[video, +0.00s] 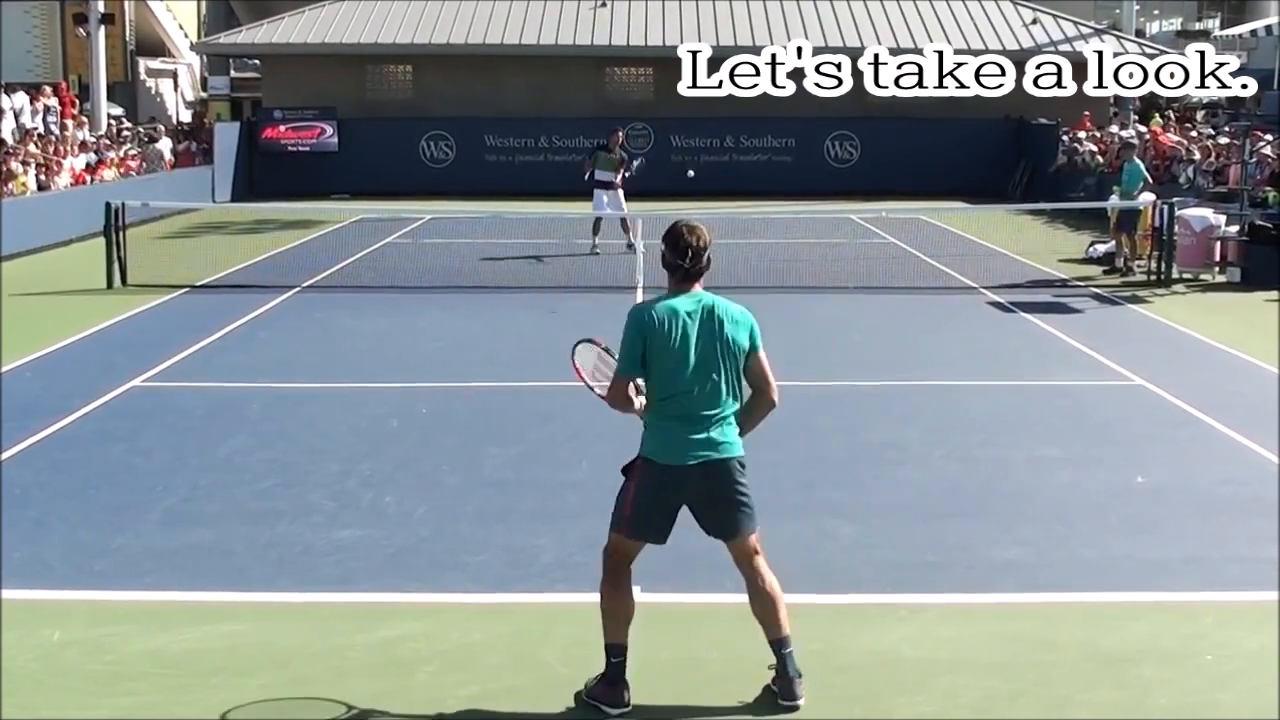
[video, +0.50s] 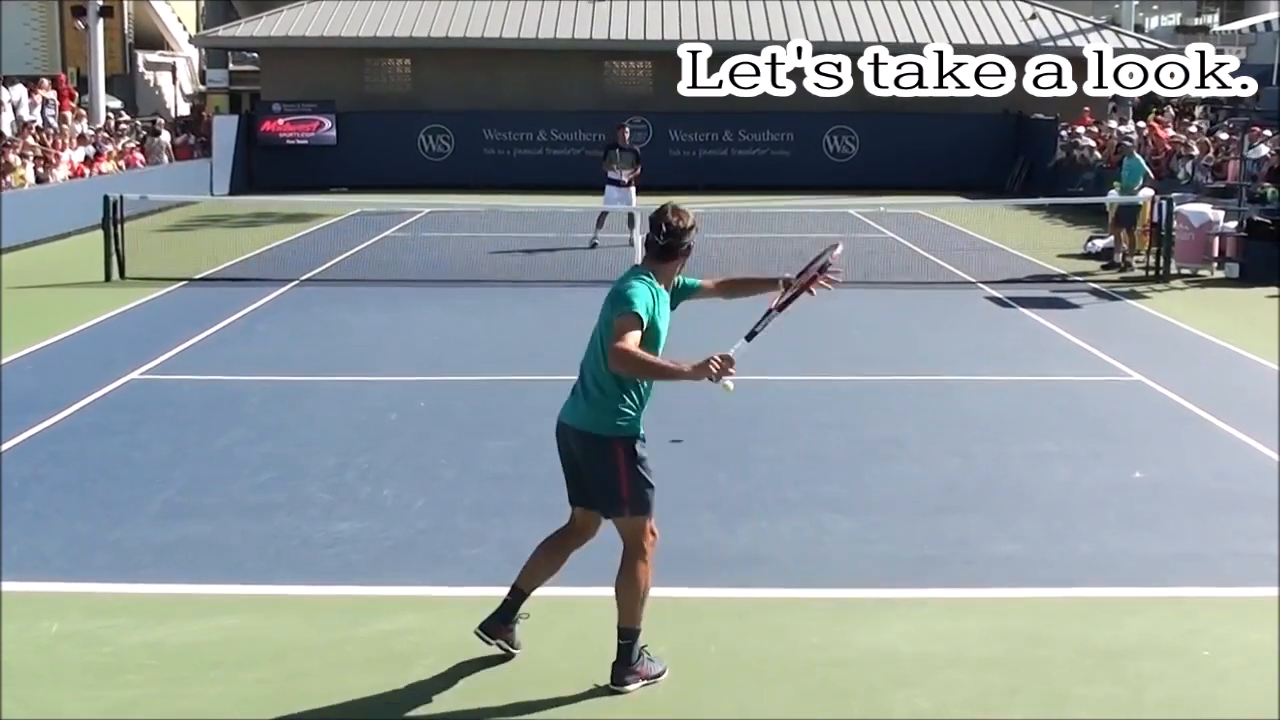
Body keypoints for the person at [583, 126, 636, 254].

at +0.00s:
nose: (617, 140)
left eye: (620, 137)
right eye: (615, 136)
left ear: (622, 140)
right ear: (610, 137)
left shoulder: (623, 156)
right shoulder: (598, 151)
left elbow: (621, 170)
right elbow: (589, 163)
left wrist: (617, 179)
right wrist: (587, 170)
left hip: (614, 184)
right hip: (600, 184)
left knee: (623, 213)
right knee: (599, 214)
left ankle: (630, 241)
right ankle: (594, 243)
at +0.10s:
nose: (617, 139)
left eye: (619, 136)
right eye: (615, 135)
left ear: (622, 138)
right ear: (610, 136)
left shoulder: (622, 154)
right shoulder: (598, 150)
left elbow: (622, 170)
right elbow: (588, 161)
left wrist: (619, 177)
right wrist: (588, 168)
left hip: (615, 184)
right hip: (600, 183)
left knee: (624, 213)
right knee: (598, 214)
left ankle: (630, 239)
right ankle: (594, 243)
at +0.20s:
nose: (617, 139)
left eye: (619, 136)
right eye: (615, 135)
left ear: (622, 138)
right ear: (609, 136)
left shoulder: (626, 153)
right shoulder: (599, 149)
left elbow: (625, 168)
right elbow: (589, 158)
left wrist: (619, 178)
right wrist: (591, 168)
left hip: (616, 184)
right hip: (601, 183)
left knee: (625, 213)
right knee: (598, 214)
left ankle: (630, 237)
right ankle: (594, 242)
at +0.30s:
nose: (619, 138)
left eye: (621, 135)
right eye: (616, 135)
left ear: (623, 137)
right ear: (610, 136)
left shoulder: (625, 153)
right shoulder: (601, 150)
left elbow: (627, 170)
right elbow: (593, 164)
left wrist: (621, 180)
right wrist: (598, 172)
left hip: (619, 184)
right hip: (604, 184)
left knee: (626, 212)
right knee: (599, 213)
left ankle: (632, 236)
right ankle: (593, 241)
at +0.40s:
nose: (622, 137)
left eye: (623, 134)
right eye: (619, 134)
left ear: (625, 136)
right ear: (613, 135)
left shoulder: (629, 152)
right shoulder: (605, 150)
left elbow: (632, 170)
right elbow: (598, 165)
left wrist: (623, 180)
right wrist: (603, 171)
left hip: (623, 186)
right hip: (607, 186)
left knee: (628, 212)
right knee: (602, 212)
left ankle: (631, 237)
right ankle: (593, 239)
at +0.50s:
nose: (625, 135)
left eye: (627, 132)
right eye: (623, 132)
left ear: (629, 134)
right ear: (618, 134)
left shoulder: (634, 150)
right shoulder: (610, 149)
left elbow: (638, 168)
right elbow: (604, 165)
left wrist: (629, 177)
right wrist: (612, 168)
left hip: (628, 184)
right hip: (612, 184)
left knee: (631, 211)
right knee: (605, 210)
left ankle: (632, 236)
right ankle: (595, 236)